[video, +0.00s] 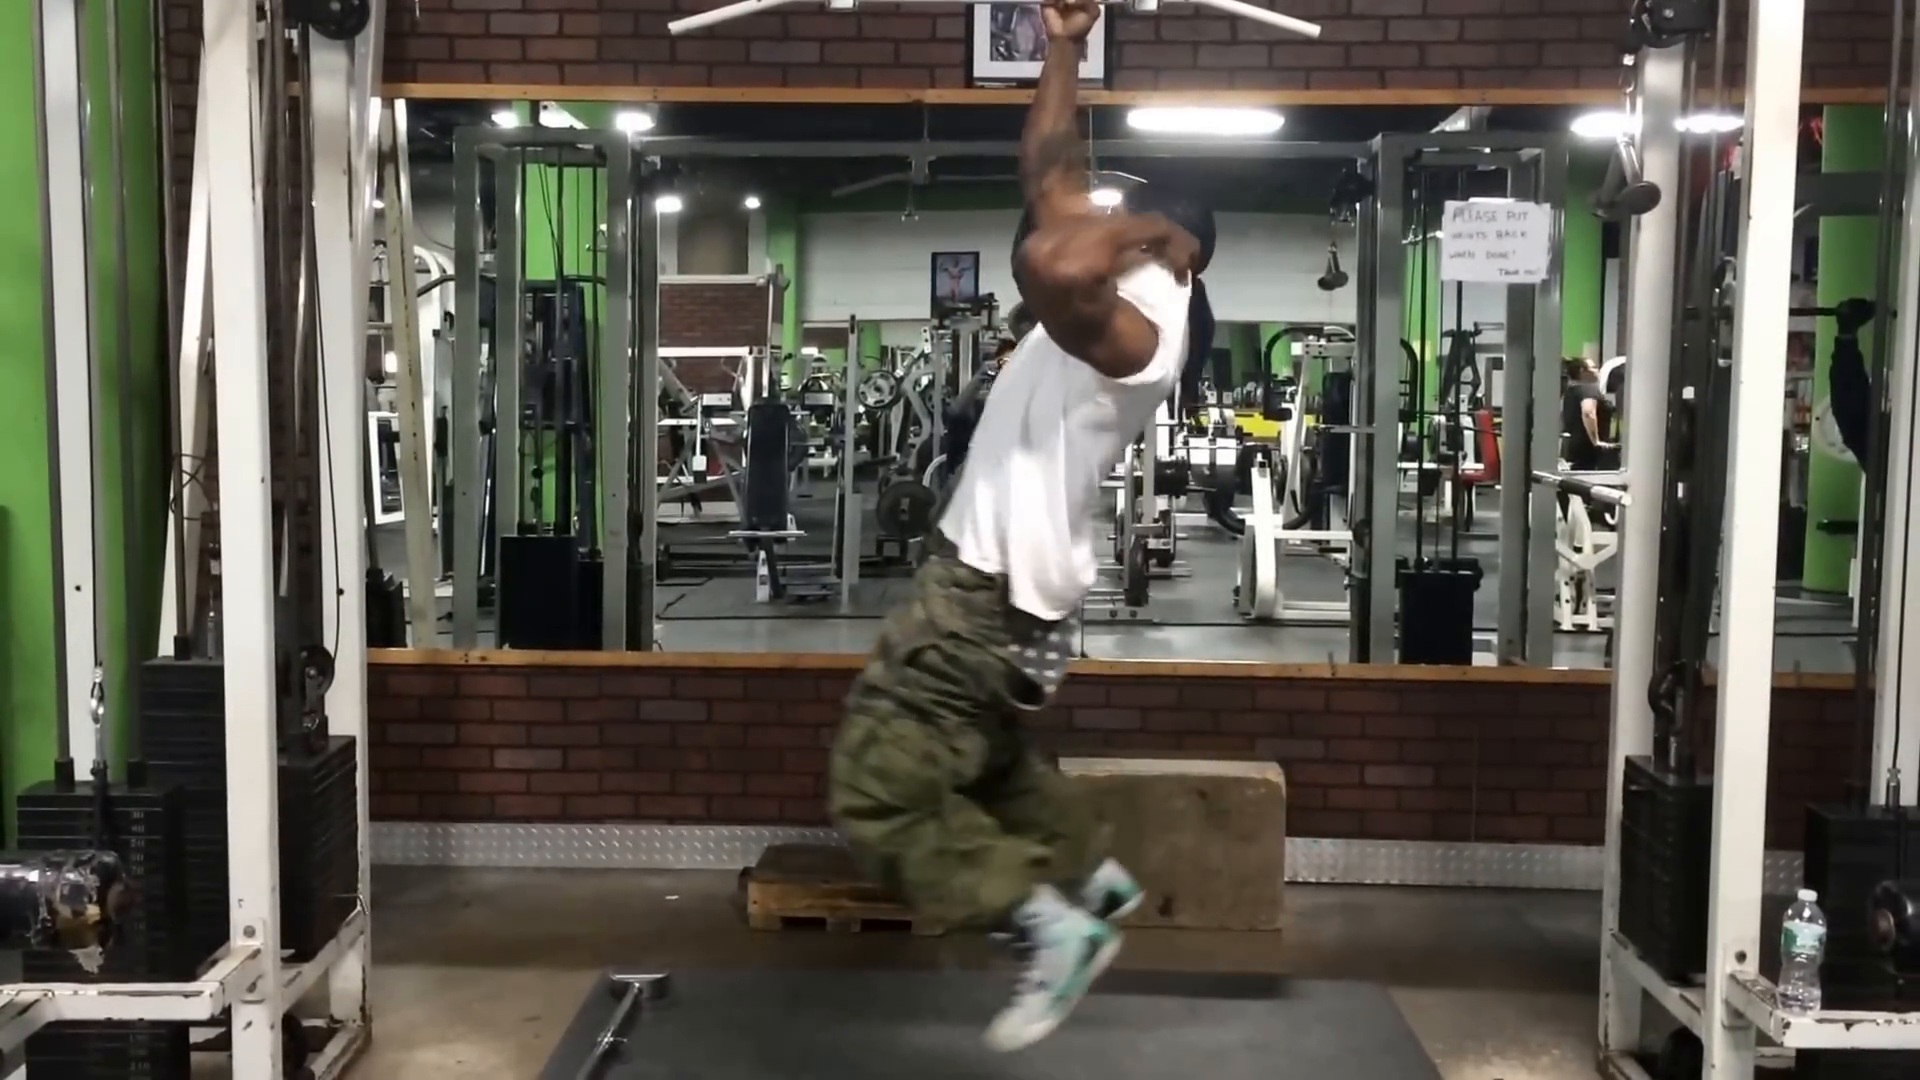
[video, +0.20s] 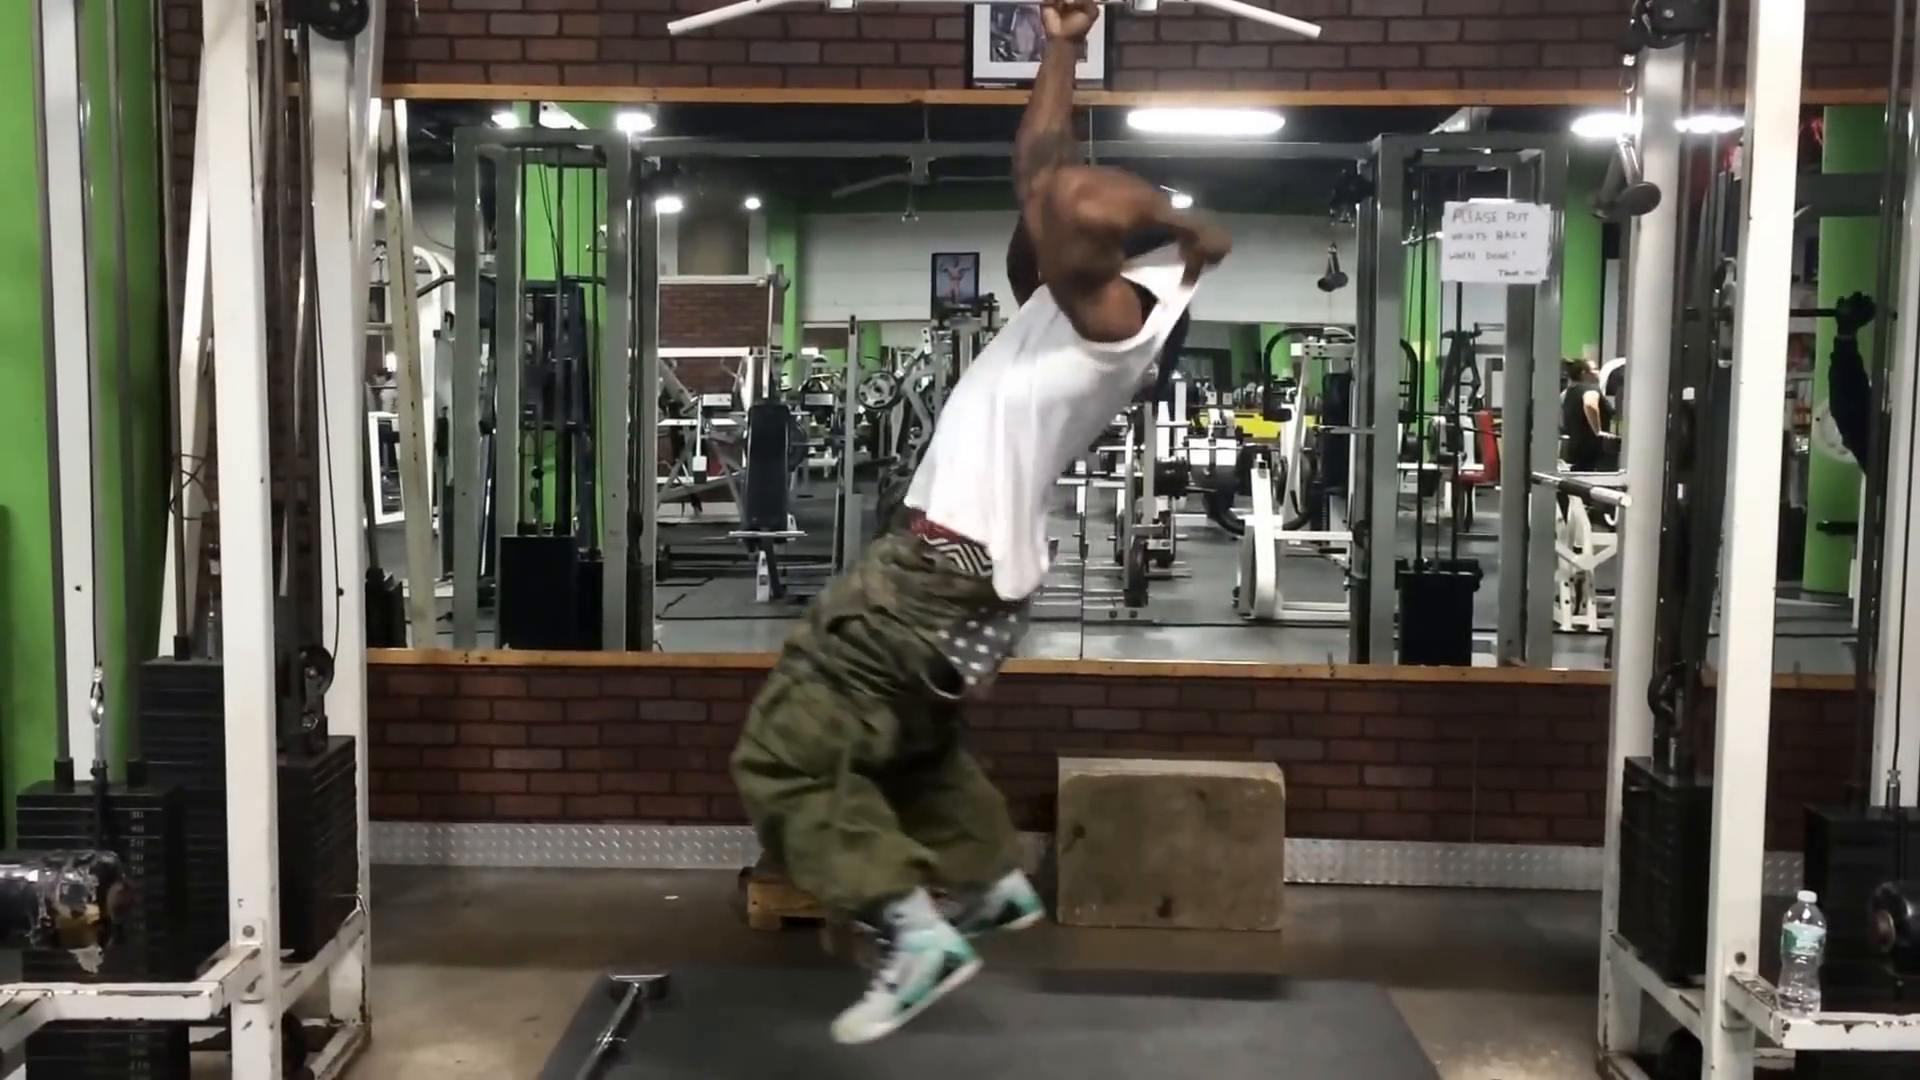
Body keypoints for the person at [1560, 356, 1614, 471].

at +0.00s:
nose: (1597, 371)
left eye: (1596, 367)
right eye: (1593, 367)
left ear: (1581, 372)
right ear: (1583, 372)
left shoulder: (1571, 390)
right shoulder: (1589, 388)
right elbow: (1588, 413)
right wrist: (1596, 440)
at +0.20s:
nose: (1598, 373)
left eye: (1597, 369)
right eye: (1594, 369)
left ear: (1582, 374)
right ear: (1584, 373)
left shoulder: (1568, 392)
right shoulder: (1591, 388)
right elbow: (1590, 405)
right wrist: (1598, 431)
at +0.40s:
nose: (1599, 374)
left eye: (1598, 371)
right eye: (1596, 371)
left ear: (1581, 376)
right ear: (1586, 375)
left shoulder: (1568, 391)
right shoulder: (1593, 388)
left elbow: (1559, 394)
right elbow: (1592, 401)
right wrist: (1600, 426)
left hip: (1572, 442)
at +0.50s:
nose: (1599, 375)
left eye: (1598, 371)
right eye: (1596, 371)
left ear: (1581, 376)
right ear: (1586, 375)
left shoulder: (1571, 390)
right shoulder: (1593, 387)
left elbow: (1559, 396)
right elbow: (1593, 402)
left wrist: (1565, 422)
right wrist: (1599, 428)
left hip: (1573, 440)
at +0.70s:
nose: (1599, 374)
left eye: (1597, 371)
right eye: (1595, 371)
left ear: (1584, 375)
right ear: (1585, 375)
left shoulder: (1572, 391)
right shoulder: (1590, 390)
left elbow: (1561, 409)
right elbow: (1588, 415)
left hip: (1571, 446)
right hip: (1585, 448)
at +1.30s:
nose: (1596, 374)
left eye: (1595, 370)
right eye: (1592, 370)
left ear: (1580, 375)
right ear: (1582, 374)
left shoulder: (1567, 390)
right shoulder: (1587, 388)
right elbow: (1586, 404)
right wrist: (1595, 430)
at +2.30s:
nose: (1592, 365)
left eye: (1590, 361)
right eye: (1588, 361)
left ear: (1576, 366)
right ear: (1578, 366)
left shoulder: (1564, 382)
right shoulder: (1585, 380)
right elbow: (1583, 398)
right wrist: (1589, 424)